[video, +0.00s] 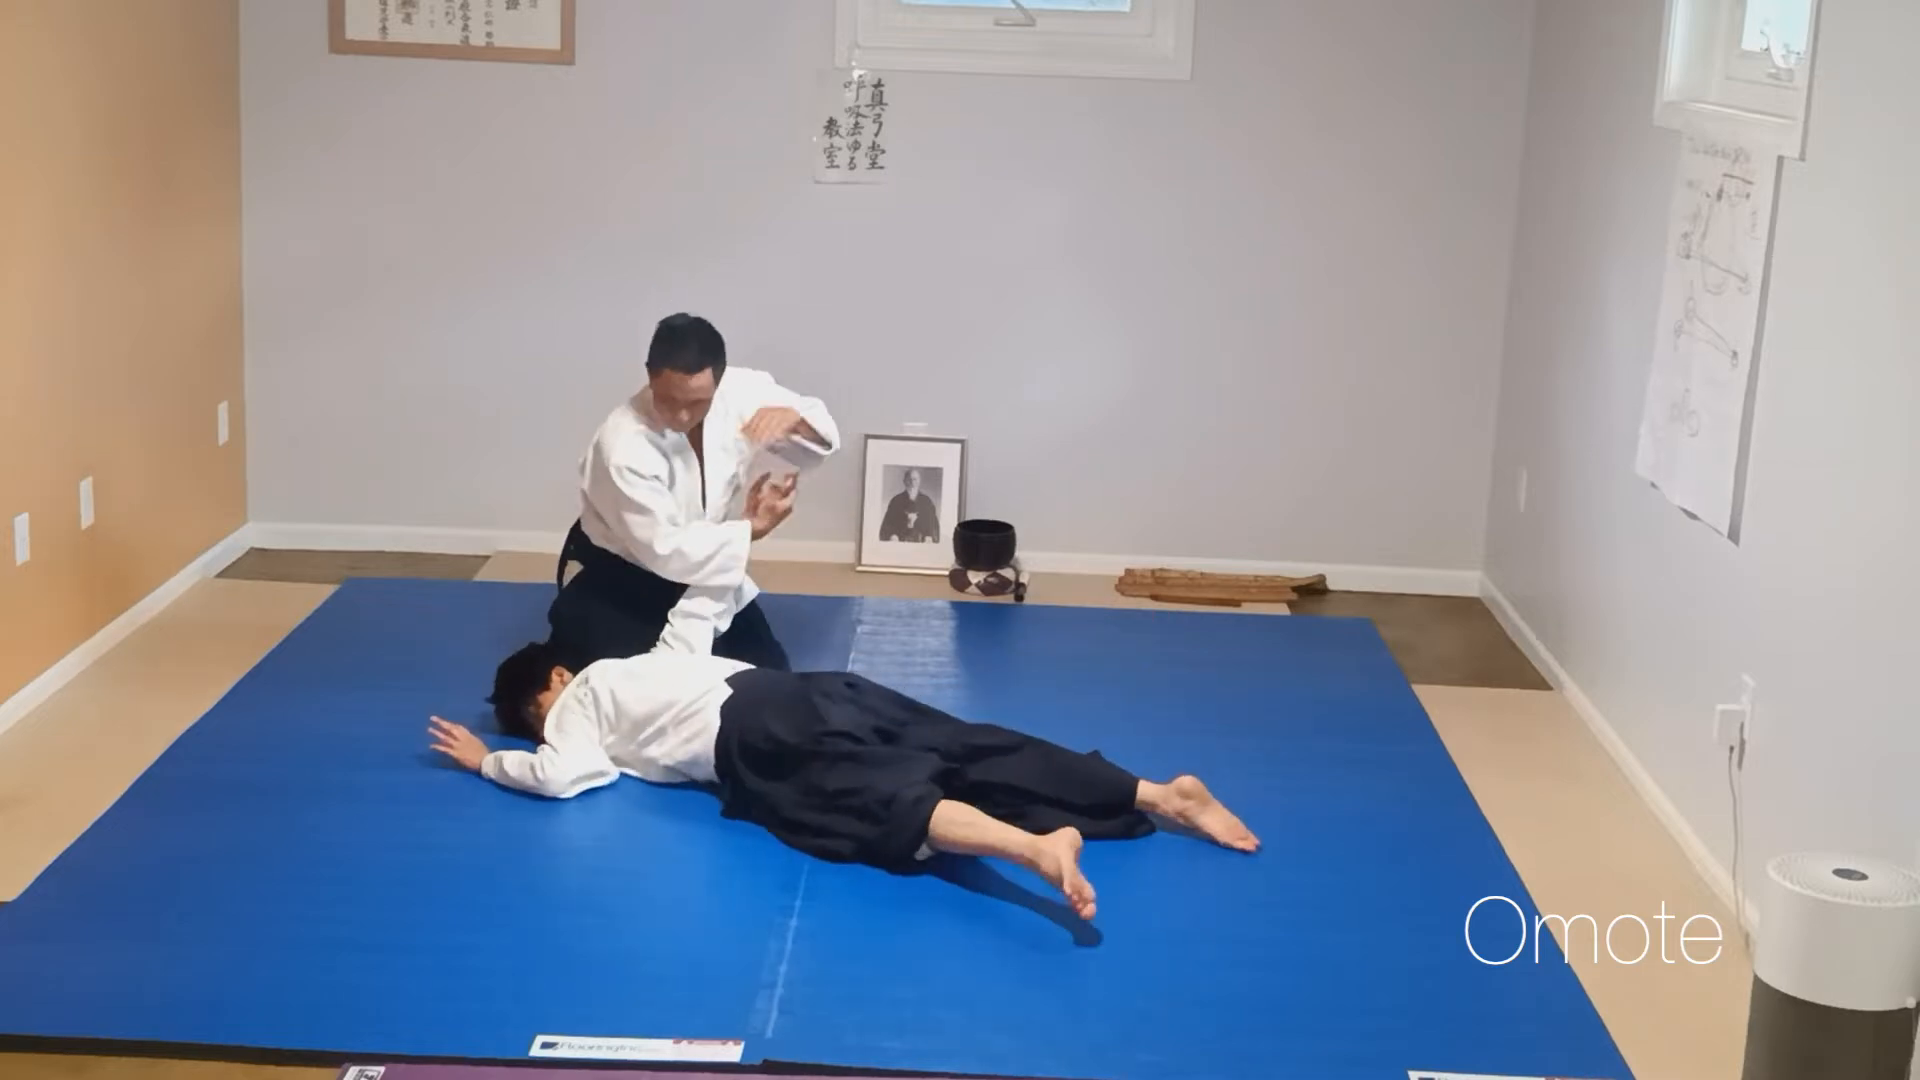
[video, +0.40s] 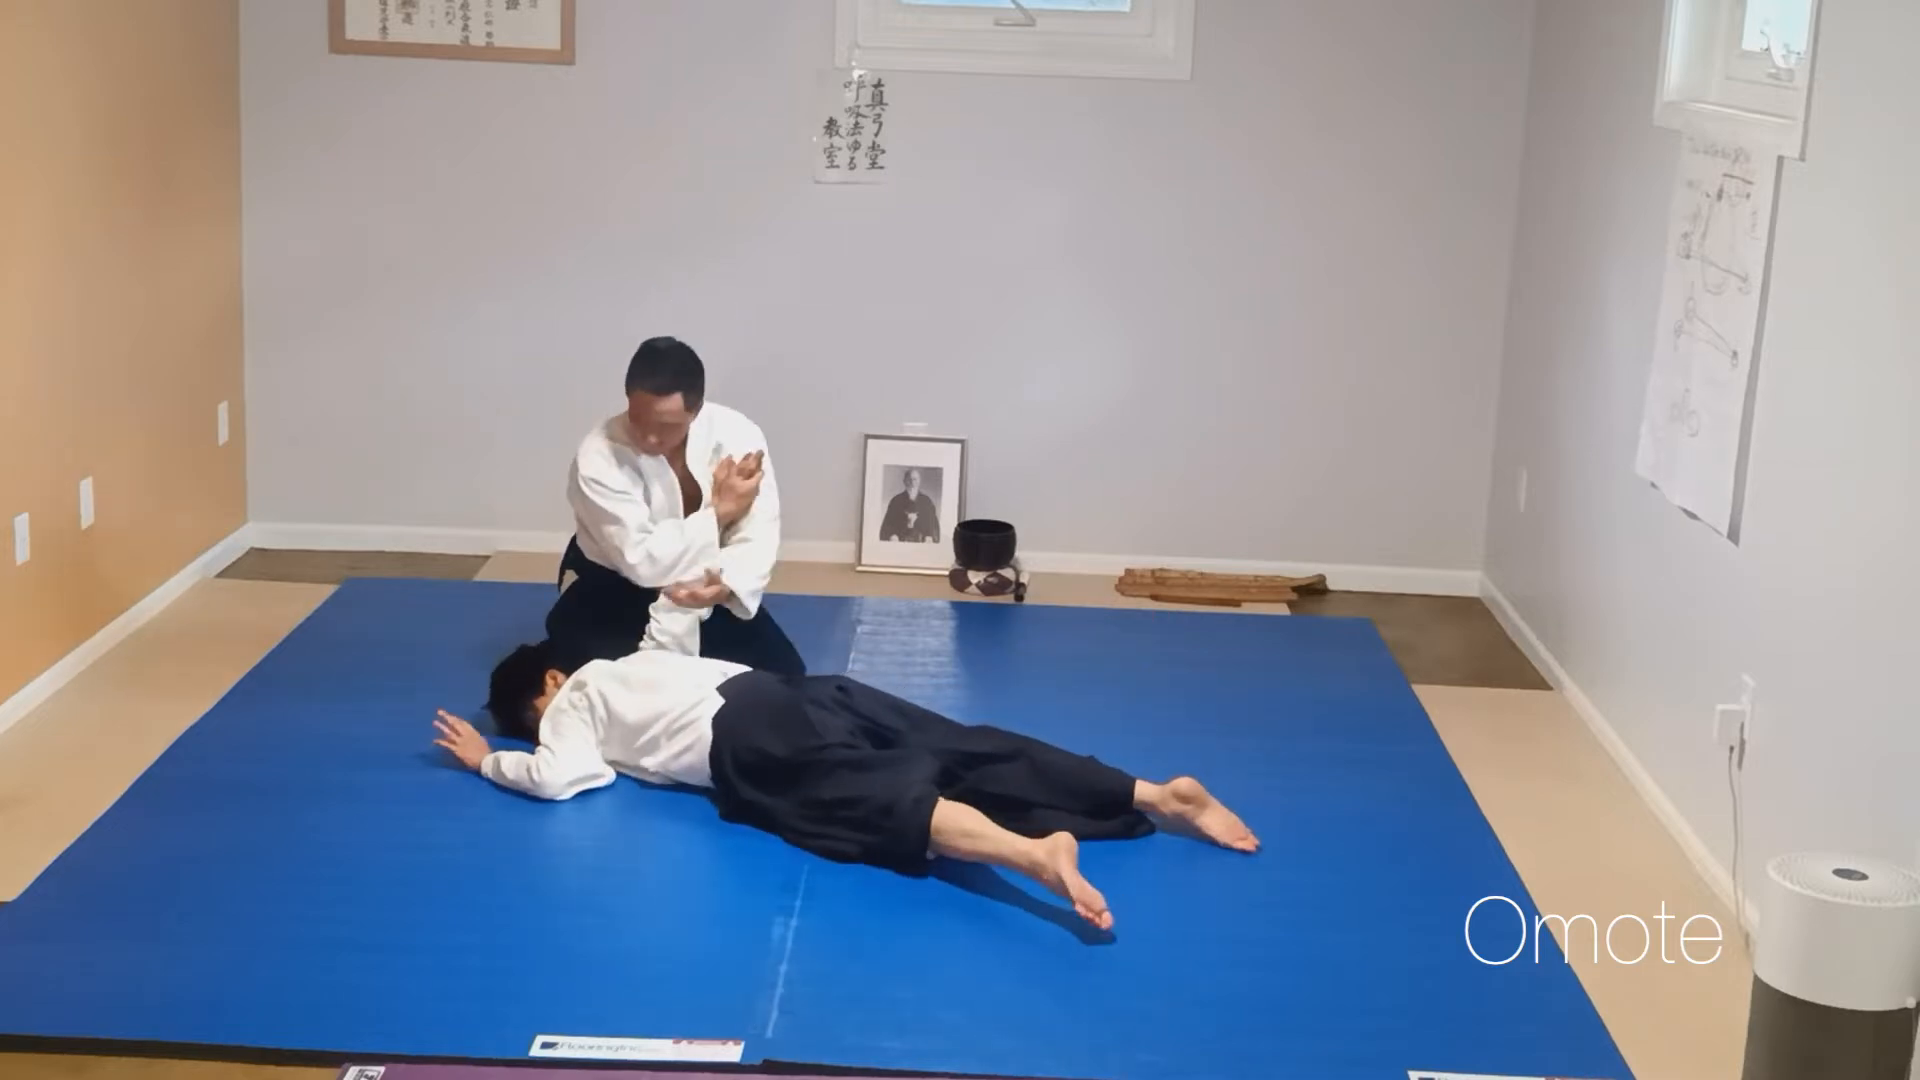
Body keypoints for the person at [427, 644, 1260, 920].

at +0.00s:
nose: (534, 726)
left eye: (527, 712)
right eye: (530, 712)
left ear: (547, 692)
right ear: (570, 668)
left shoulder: (575, 706)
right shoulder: (652, 653)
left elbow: (560, 778)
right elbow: (708, 623)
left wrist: (483, 759)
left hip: (754, 737)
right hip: (806, 687)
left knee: (885, 806)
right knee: (965, 745)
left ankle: (1035, 847)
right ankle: (1165, 795)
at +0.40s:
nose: (531, 719)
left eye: (524, 708)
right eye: (530, 707)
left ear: (539, 693)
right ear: (570, 668)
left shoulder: (569, 702)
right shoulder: (644, 656)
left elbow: (559, 779)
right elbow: (706, 636)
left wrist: (486, 759)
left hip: (749, 738)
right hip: (805, 687)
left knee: (888, 807)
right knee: (964, 748)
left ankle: (1031, 852)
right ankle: (1160, 796)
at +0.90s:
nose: (538, 723)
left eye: (530, 711)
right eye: (534, 709)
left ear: (548, 690)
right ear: (572, 666)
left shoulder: (579, 704)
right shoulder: (645, 648)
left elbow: (555, 777)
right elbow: (688, 625)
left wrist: (487, 756)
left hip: (745, 735)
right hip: (795, 688)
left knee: (882, 801)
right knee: (956, 745)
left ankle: (1029, 853)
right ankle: (1155, 796)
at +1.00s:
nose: (535, 727)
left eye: (528, 714)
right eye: (533, 714)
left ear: (546, 693)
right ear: (574, 665)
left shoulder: (578, 704)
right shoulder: (652, 653)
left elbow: (555, 777)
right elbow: (698, 651)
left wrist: (486, 758)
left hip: (750, 737)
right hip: (805, 688)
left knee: (890, 807)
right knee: (964, 747)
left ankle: (1026, 858)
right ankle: (1154, 793)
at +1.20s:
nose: (536, 721)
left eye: (527, 709)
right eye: (532, 710)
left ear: (549, 688)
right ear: (574, 661)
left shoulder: (576, 698)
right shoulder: (648, 658)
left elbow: (556, 777)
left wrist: (496, 759)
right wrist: (559, 726)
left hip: (752, 739)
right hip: (801, 688)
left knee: (885, 806)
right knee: (961, 747)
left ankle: (1024, 858)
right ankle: (1158, 797)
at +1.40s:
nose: (532, 725)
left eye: (526, 711)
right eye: (530, 712)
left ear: (549, 689)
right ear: (575, 664)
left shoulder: (577, 704)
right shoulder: (653, 655)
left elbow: (555, 777)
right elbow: (703, 668)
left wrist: (496, 757)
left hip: (752, 739)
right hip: (805, 689)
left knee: (889, 806)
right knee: (967, 748)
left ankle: (1026, 856)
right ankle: (1160, 796)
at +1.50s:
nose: (536, 724)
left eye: (530, 711)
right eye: (533, 710)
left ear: (550, 687)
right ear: (572, 665)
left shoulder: (580, 703)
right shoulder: (644, 647)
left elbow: (555, 777)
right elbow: (688, 641)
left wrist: (486, 757)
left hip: (745, 734)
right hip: (792, 685)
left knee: (881, 800)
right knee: (956, 744)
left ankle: (1025, 837)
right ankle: (1156, 797)